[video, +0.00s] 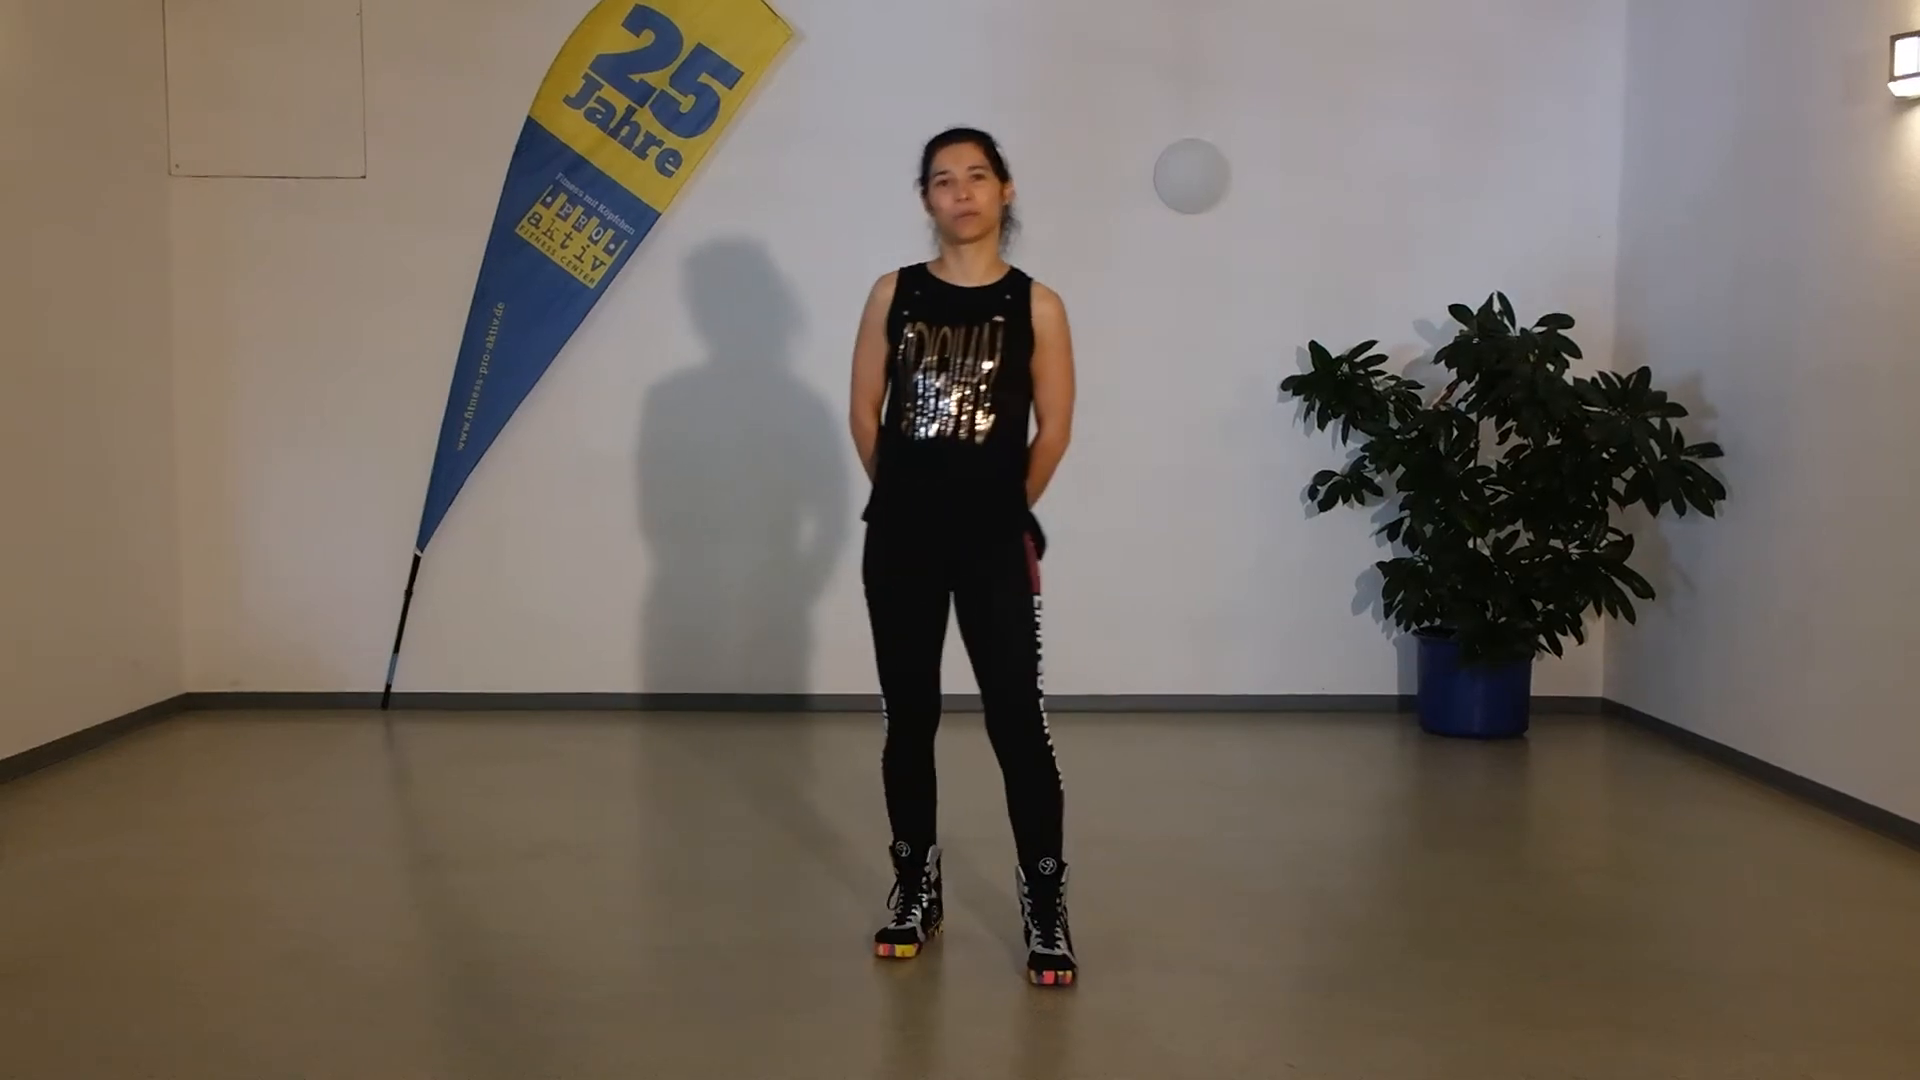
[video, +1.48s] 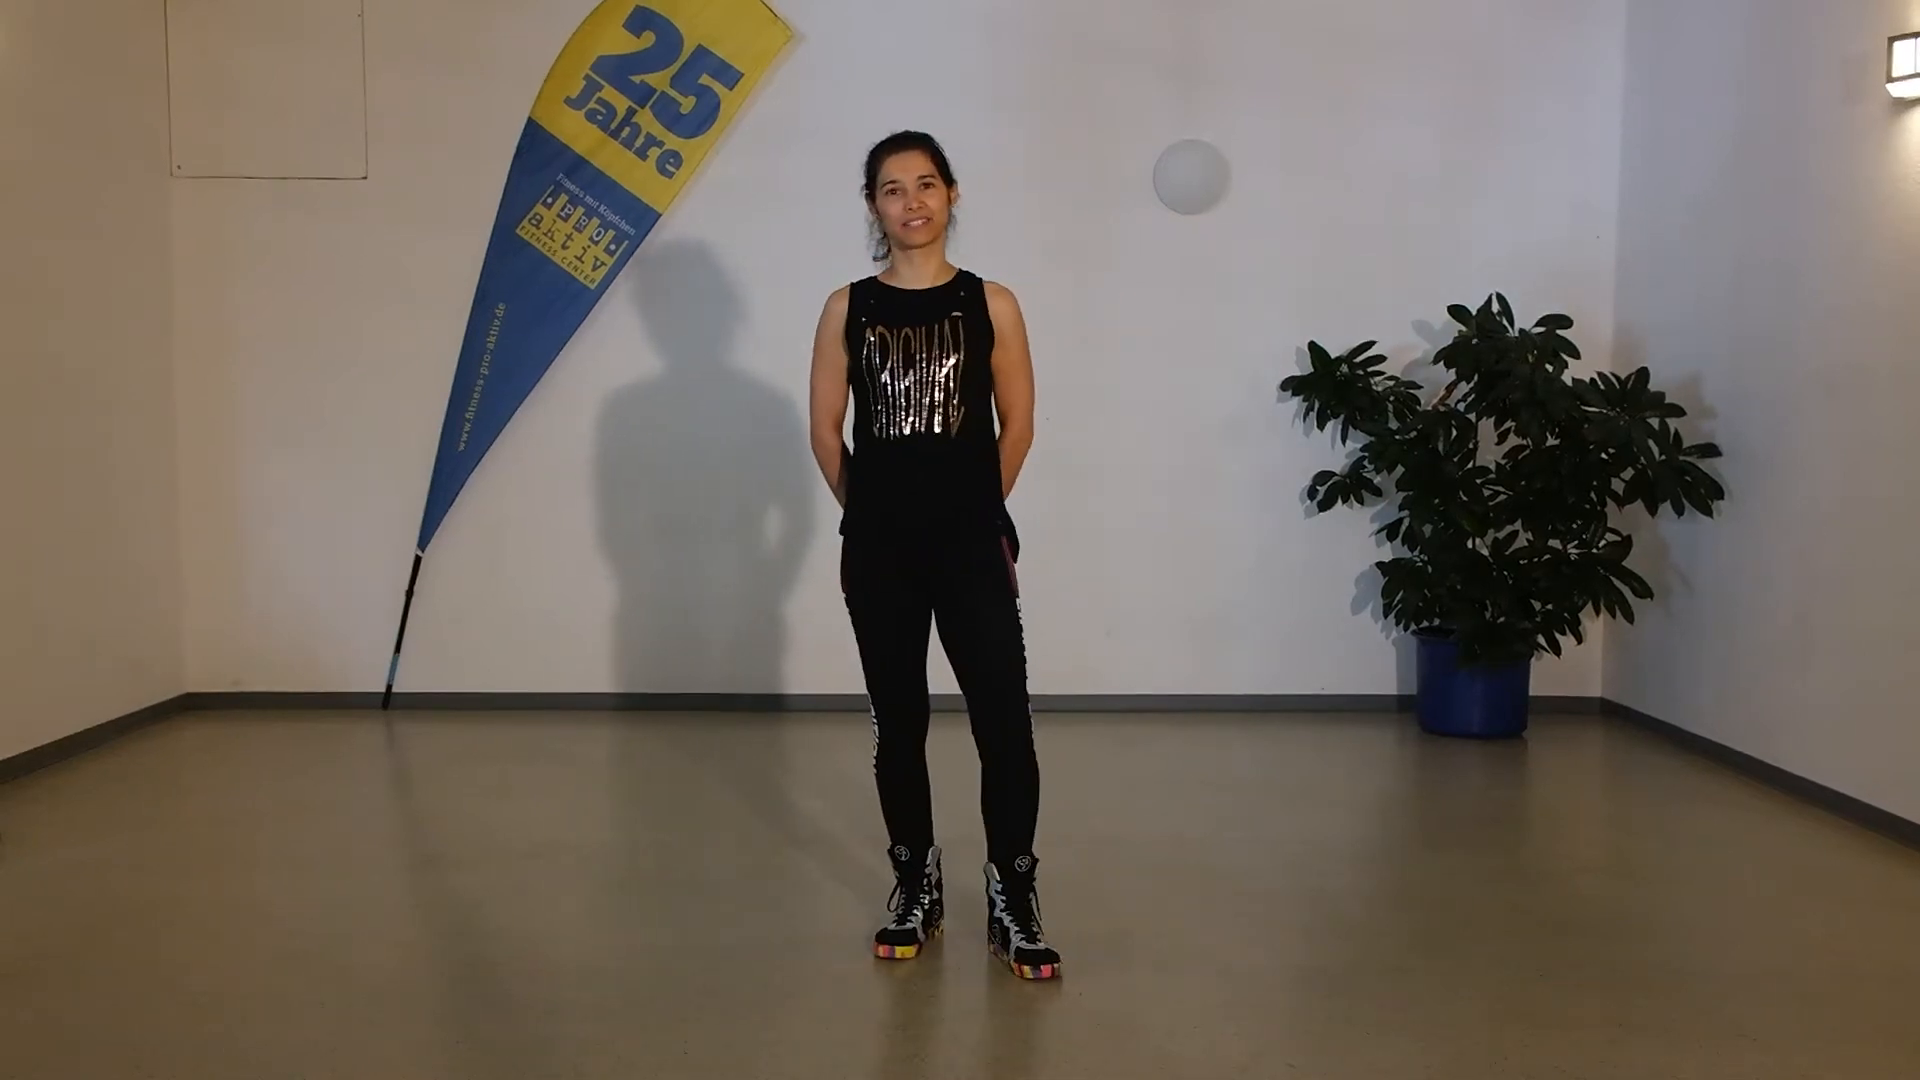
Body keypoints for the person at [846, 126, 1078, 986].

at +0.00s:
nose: (959, 191)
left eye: (975, 177)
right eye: (943, 181)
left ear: (1005, 194)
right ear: (925, 201)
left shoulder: (1036, 303)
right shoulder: (893, 293)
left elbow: (1055, 426)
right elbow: (864, 416)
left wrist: (1013, 510)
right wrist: (894, 494)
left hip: (993, 531)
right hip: (902, 529)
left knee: (1017, 724)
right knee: (908, 719)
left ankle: (1046, 910)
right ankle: (913, 893)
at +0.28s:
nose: (936, 200)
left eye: (951, 185)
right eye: (919, 189)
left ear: (980, 200)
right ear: (902, 206)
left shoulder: (1013, 309)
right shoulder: (872, 298)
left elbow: (1030, 433)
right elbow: (842, 421)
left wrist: (983, 515)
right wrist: (876, 500)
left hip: (971, 539)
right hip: (879, 535)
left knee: (999, 721)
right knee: (895, 719)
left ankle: (1037, 903)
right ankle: (912, 884)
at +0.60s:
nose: (924, 200)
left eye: (938, 185)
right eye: (907, 191)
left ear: (968, 198)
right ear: (891, 211)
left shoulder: (1006, 307)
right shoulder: (862, 302)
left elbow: (1019, 428)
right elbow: (829, 418)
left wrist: (975, 501)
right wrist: (866, 503)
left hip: (970, 536)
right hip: (880, 537)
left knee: (1000, 720)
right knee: (896, 720)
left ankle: (991, 904)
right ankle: (913, 888)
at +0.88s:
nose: (922, 201)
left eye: (936, 186)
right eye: (904, 192)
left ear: (964, 198)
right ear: (888, 211)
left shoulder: (1001, 307)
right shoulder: (861, 301)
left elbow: (1012, 431)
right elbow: (822, 422)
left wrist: (968, 502)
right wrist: (860, 517)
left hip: (971, 535)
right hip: (883, 536)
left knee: (1007, 717)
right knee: (901, 720)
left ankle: (993, 902)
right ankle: (915, 886)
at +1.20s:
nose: (916, 199)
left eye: (929, 184)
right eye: (897, 190)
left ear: (957, 198)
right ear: (879, 210)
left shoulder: (996, 305)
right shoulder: (851, 305)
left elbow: (1014, 427)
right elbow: (821, 427)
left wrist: (975, 503)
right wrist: (860, 512)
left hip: (972, 533)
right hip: (882, 536)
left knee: (1012, 719)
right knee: (900, 720)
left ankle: (997, 904)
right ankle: (915, 888)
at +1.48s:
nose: (911, 200)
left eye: (924, 185)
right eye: (893, 189)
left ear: (950, 198)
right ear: (873, 207)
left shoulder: (992, 303)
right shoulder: (846, 307)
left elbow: (1019, 425)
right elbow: (824, 432)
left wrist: (982, 508)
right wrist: (864, 510)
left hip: (970, 534)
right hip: (879, 538)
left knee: (1004, 719)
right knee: (899, 721)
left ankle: (1014, 897)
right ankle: (914, 886)